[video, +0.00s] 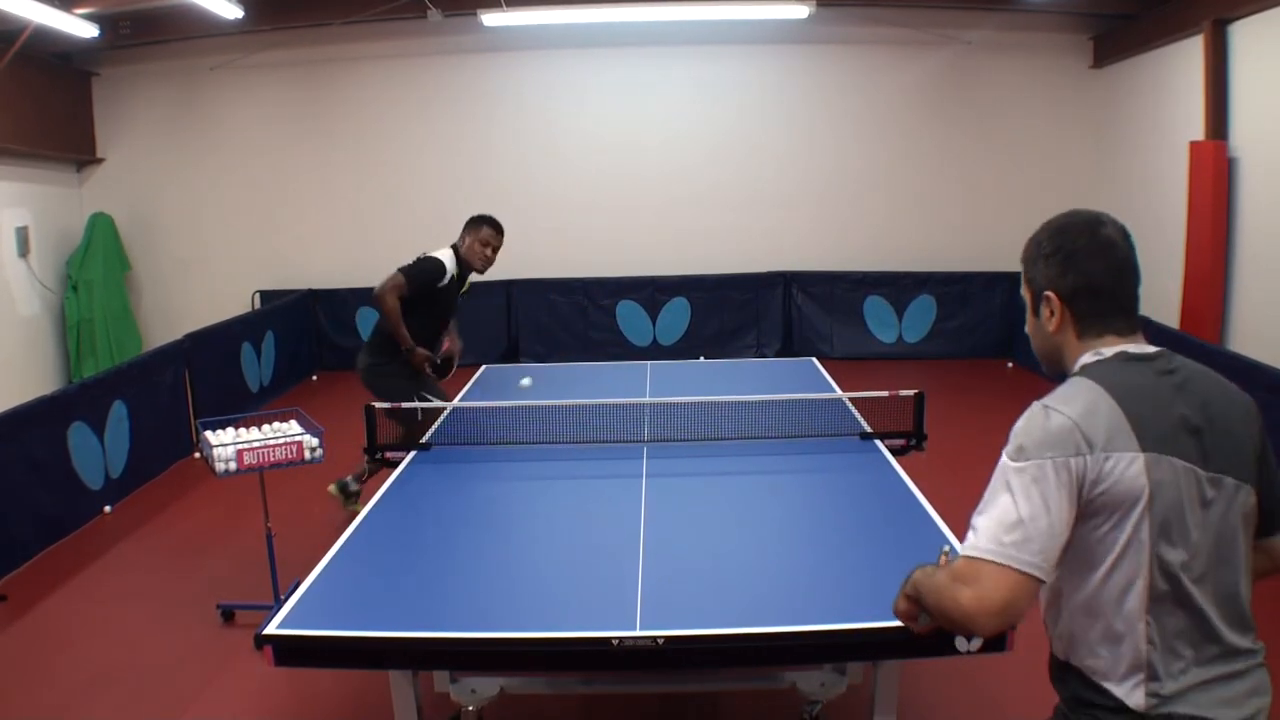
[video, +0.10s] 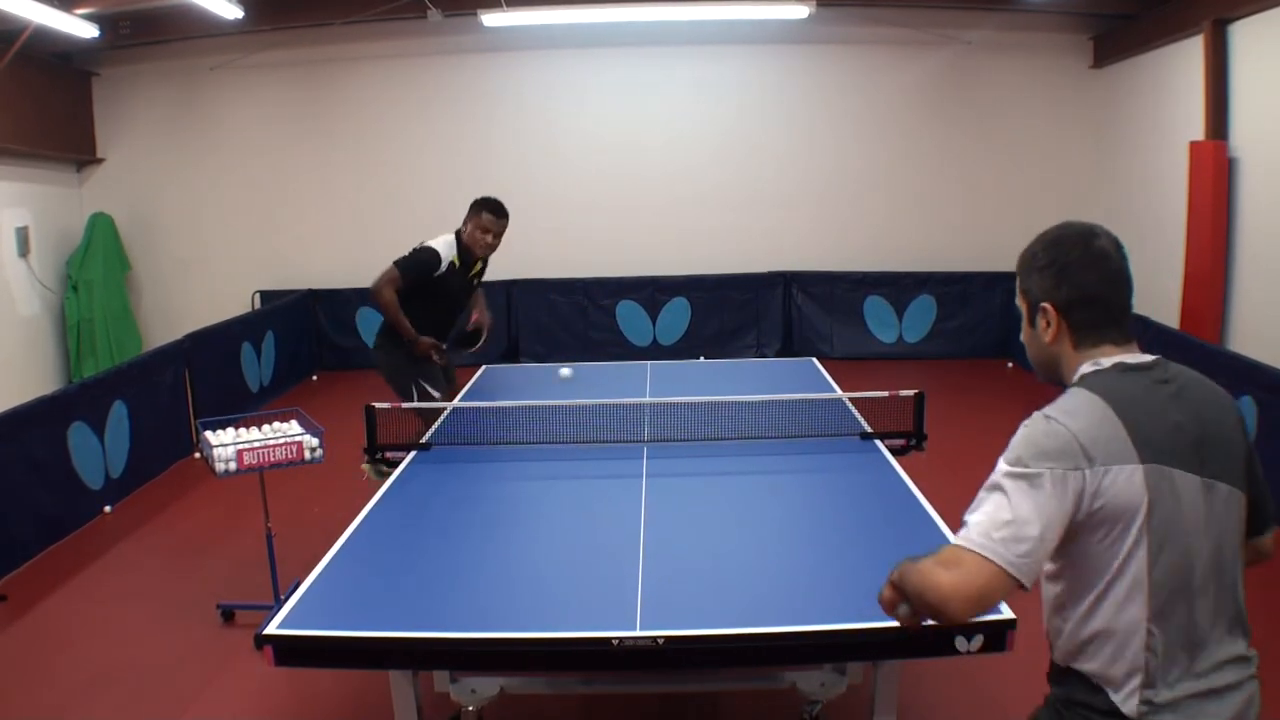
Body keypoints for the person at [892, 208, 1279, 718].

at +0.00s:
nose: (1028, 328)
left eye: (1028, 309)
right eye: (1027, 310)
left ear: (1053, 311)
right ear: (1127, 297)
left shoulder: (1064, 421)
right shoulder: (1232, 403)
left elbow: (983, 605)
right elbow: (1266, 551)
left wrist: (924, 578)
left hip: (1119, 702)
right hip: (1243, 696)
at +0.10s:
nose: (1022, 336)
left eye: (1023, 318)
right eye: (1022, 318)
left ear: (1050, 322)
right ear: (1119, 305)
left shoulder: (1066, 430)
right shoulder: (1213, 401)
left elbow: (957, 594)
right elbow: (1259, 540)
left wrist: (906, 572)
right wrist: (1155, 560)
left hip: (1113, 705)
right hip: (1231, 698)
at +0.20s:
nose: (993, 339)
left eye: (992, 321)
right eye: (991, 321)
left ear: (1018, 322)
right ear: (1086, 306)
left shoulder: (1038, 419)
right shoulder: (1182, 397)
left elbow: (904, 565)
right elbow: (1232, 522)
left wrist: (879, 569)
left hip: (1092, 697)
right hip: (1205, 694)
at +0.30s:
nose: (942, 345)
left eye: (941, 330)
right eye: (939, 330)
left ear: (962, 327)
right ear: (1037, 312)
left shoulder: (978, 414)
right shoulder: (1136, 395)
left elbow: (826, 535)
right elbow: (1202, 507)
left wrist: (849, 575)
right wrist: (1116, 551)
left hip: (1047, 693)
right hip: (1163, 685)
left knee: (960, 702)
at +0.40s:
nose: (885, 372)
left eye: (884, 356)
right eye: (884, 356)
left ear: (901, 355)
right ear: (978, 346)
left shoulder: (892, 440)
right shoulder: (1076, 417)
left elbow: (737, 529)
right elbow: (1177, 526)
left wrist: (797, 553)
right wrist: (1163, 563)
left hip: (971, 702)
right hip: (1100, 695)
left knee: (891, 696)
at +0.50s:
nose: (840, 391)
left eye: (838, 382)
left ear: (845, 385)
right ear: (935, 374)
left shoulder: (821, 471)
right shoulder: (1027, 442)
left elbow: (686, 532)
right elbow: (1144, 545)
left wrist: (764, 511)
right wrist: (1174, 590)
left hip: (910, 706)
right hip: (1045, 703)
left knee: (830, 687)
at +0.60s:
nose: (823, 391)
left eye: (823, 383)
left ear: (830, 394)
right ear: (919, 380)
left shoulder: (797, 472)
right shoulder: (992, 440)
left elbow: (728, 509)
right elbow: (1116, 558)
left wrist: (791, 486)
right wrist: (1152, 607)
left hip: (883, 712)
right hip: (1024, 706)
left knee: (821, 693)